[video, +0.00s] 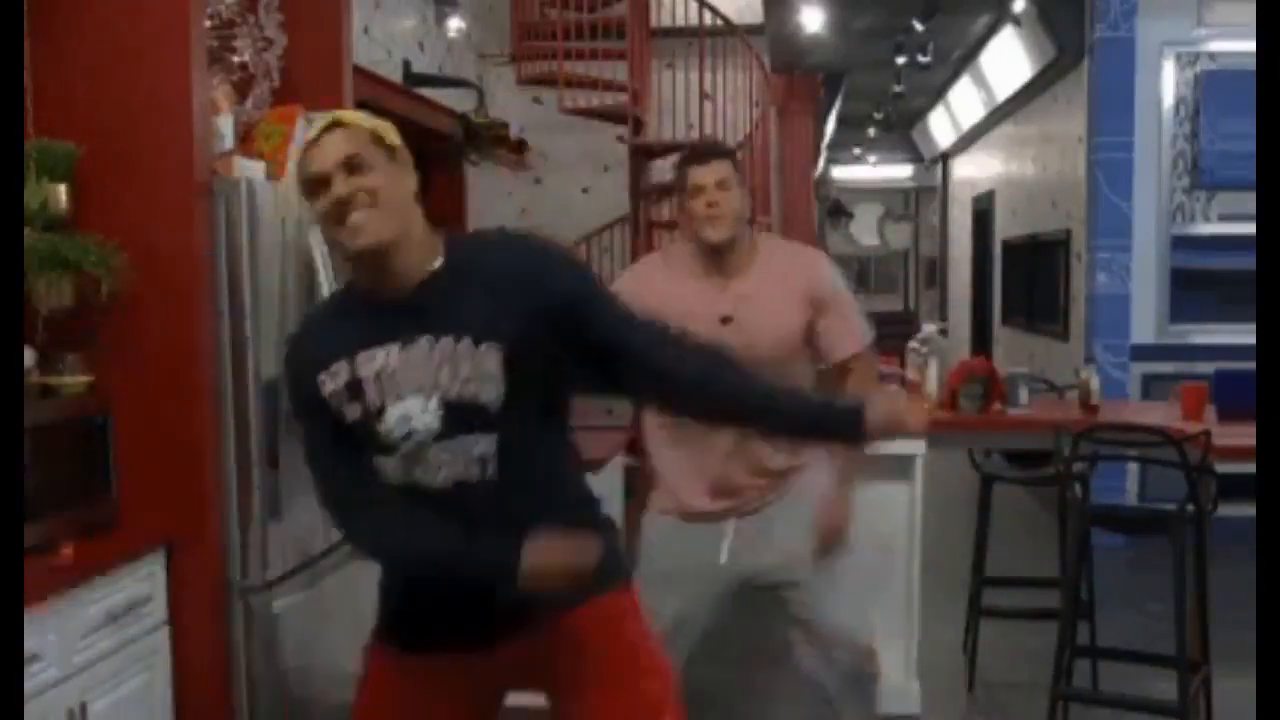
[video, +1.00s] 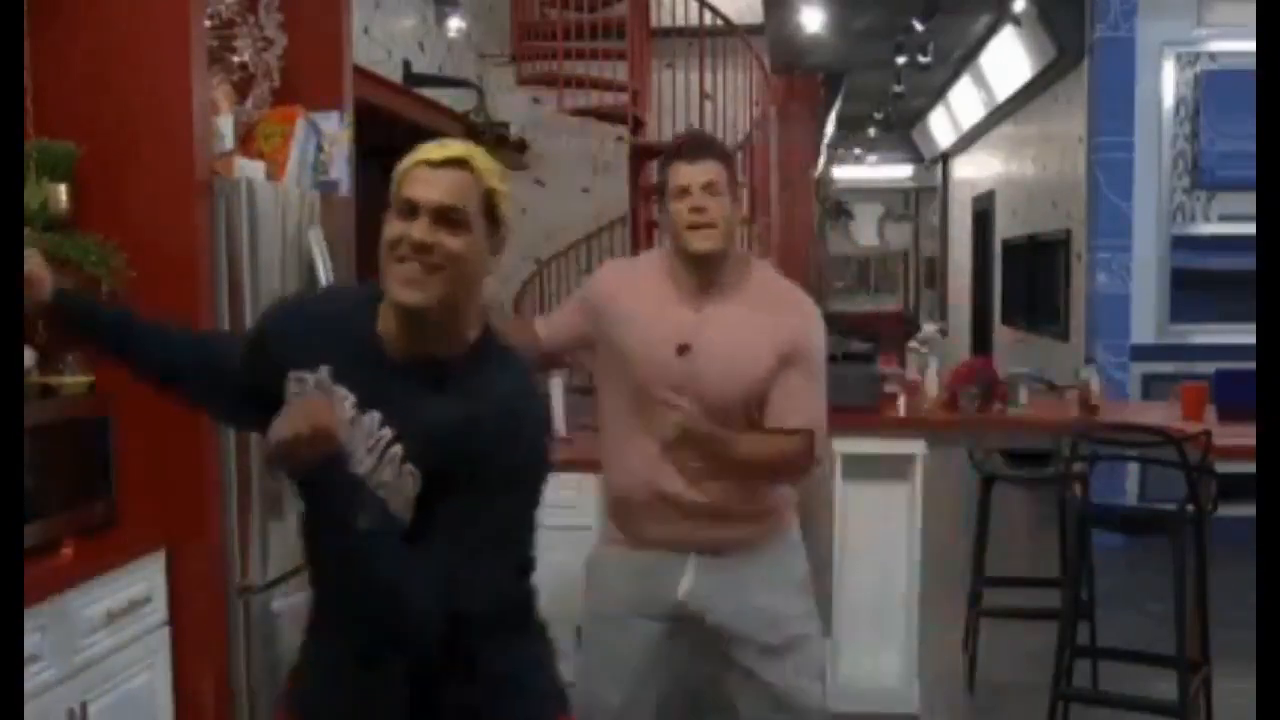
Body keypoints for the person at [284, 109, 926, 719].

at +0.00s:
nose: (340, 192)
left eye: (357, 168)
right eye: (320, 187)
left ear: (410, 175)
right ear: (316, 218)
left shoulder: (522, 272)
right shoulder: (317, 349)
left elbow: (670, 367)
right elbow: (362, 514)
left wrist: (855, 417)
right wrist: (509, 555)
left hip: (577, 604)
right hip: (429, 628)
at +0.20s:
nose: (786, 235)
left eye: (801, 224)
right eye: (774, 222)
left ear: (821, 238)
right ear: (755, 234)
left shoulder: (871, 312)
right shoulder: (721, 321)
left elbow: (958, 361)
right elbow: (708, 442)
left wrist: (989, 372)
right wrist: (758, 522)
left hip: (870, 544)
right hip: (763, 539)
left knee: (918, 697)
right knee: (725, 692)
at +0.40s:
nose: (815, 189)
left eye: (830, 172)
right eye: (797, 177)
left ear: (853, 185)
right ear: (774, 197)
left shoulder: (921, 268)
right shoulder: (734, 315)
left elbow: (1008, 352)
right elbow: (747, 462)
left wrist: (1055, 358)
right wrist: (884, 484)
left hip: (932, 567)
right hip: (803, 572)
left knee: (963, 709)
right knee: (787, 710)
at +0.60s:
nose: (822, 208)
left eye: (838, 195)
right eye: (804, 196)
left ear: (860, 211)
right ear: (779, 217)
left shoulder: (925, 309)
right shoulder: (733, 329)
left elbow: (985, 430)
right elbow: (727, 463)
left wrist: (1065, 487)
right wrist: (814, 556)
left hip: (912, 571)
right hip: (776, 572)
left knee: (947, 705)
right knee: (742, 703)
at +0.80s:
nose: (766, 190)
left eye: (781, 177)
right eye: (750, 177)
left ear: (805, 196)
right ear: (728, 193)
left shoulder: (850, 292)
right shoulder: (667, 289)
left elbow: (894, 421)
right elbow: (621, 417)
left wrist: (859, 529)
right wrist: (629, 542)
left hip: (825, 575)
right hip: (695, 577)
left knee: (883, 709)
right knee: (678, 712)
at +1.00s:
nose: (698, 206)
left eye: (712, 192)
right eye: (682, 195)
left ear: (739, 207)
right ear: (662, 212)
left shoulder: (790, 311)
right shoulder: (616, 287)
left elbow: (796, 450)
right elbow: (534, 344)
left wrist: (713, 440)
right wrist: (475, 321)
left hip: (757, 562)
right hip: (635, 558)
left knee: (797, 707)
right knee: (610, 710)